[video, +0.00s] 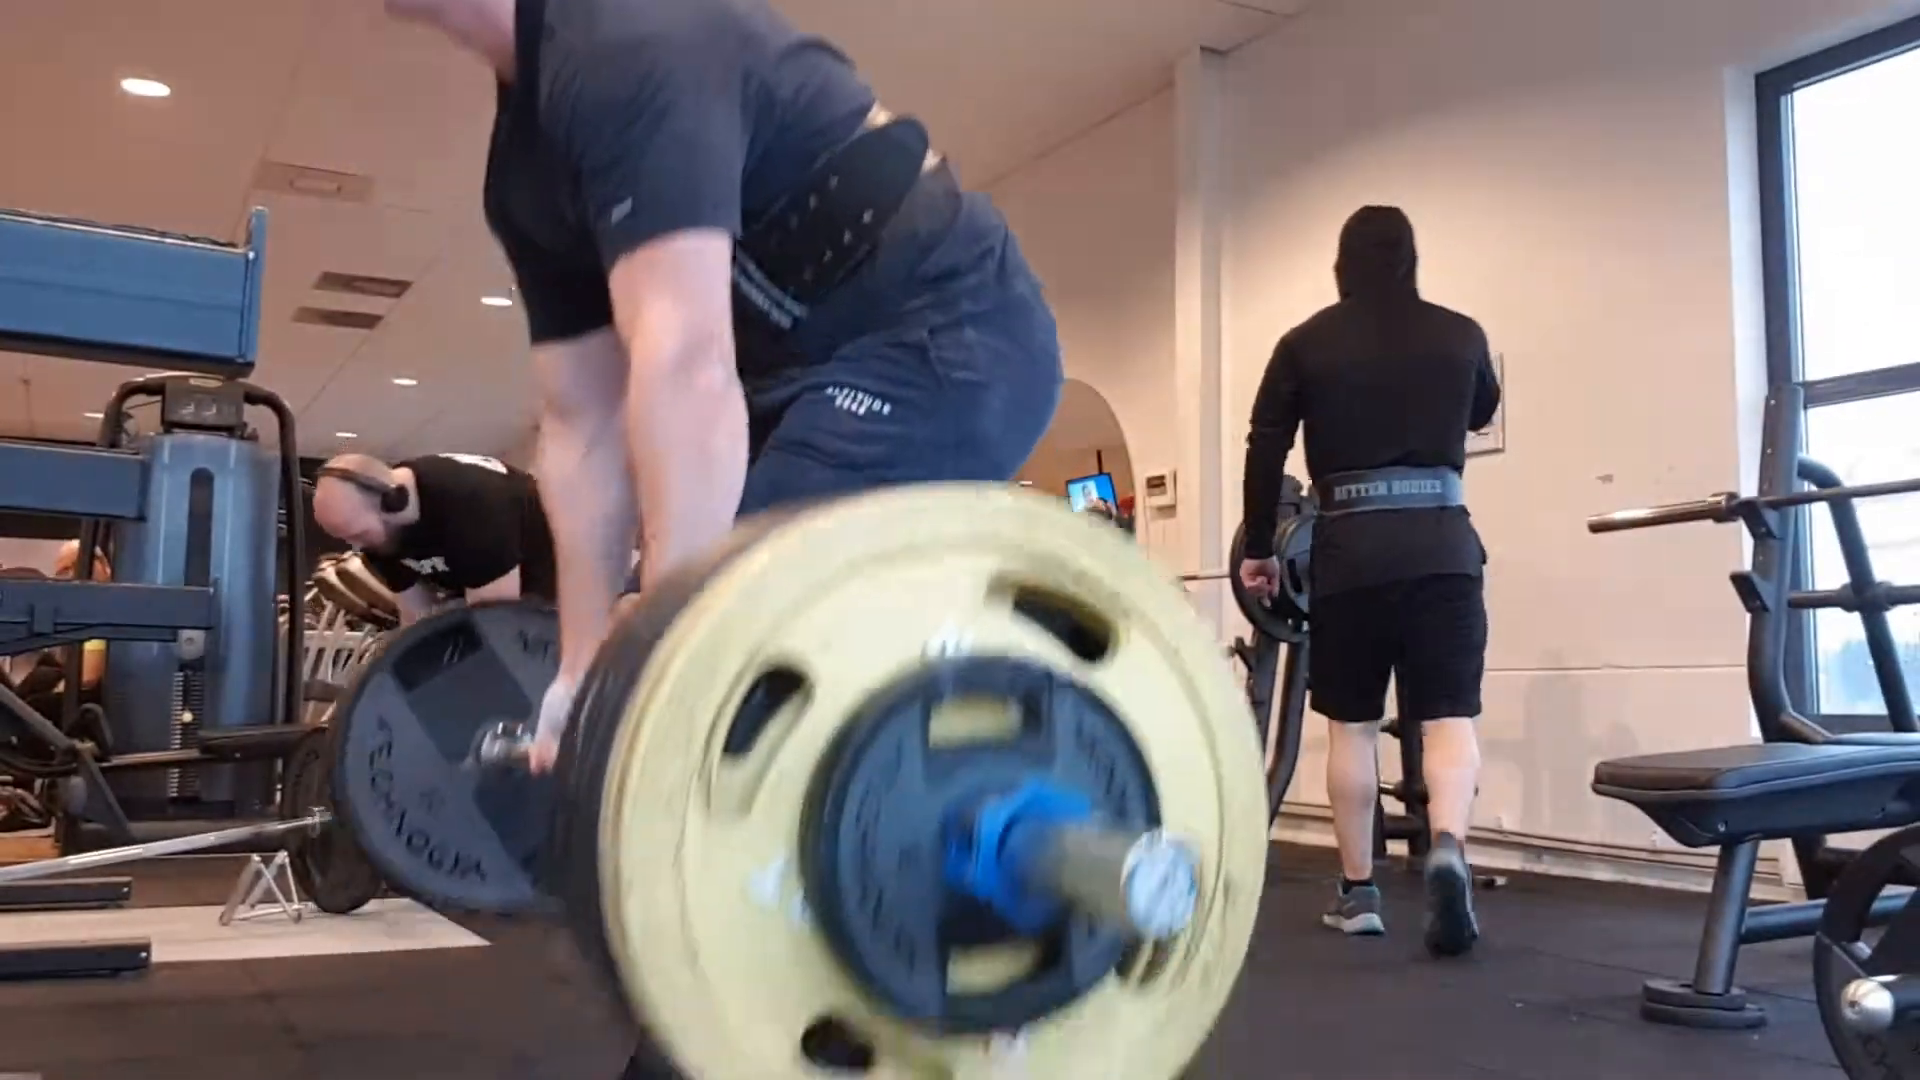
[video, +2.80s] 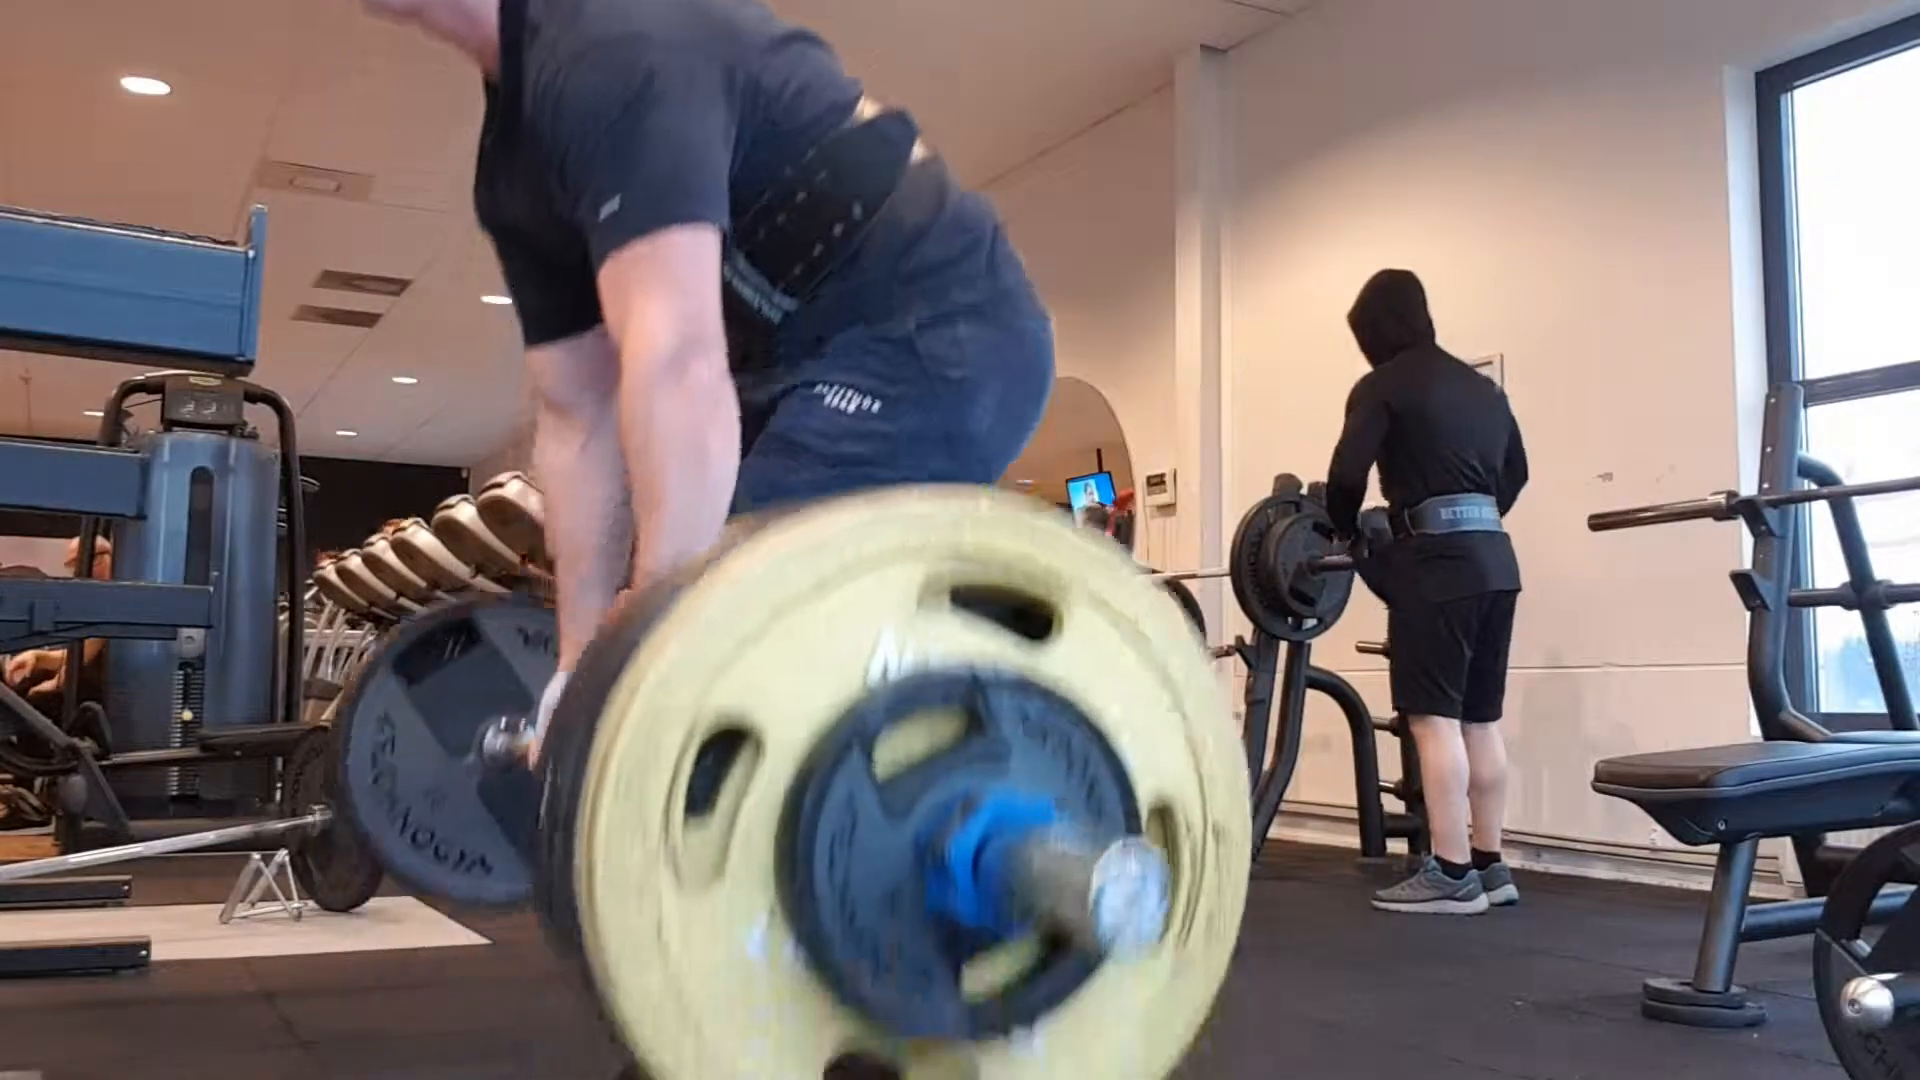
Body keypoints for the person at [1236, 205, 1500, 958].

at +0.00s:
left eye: (1343, 257)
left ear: (1339, 266)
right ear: (1413, 264)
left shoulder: (1305, 343)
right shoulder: (1460, 334)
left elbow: (1265, 448)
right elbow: (1480, 410)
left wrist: (1256, 543)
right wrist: (1418, 389)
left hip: (1349, 554)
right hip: (1442, 548)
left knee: (1351, 724)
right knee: (1448, 714)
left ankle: (1359, 894)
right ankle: (1447, 849)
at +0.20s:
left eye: (1331, 269)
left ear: (1326, 279)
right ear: (1394, 275)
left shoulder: (1293, 356)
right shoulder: (1442, 340)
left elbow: (1259, 464)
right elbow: (1472, 415)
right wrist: (1427, 374)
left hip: (1343, 566)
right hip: (1435, 558)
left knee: (1347, 724)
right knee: (1453, 708)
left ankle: (1359, 890)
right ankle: (1453, 847)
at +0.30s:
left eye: (1327, 279)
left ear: (1324, 284)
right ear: (1393, 281)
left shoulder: (1301, 356)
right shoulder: (1442, 345)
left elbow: (1281, 434)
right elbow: (1472, 420)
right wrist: (1411, 396)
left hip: (1343, 562)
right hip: (1433, 560)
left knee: (1347, 725)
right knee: (1451, 718)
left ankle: (1358, 891)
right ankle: (1470, 875)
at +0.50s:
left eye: (1339, 292)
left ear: (1340, 300)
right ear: (1406, 297)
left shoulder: (1320, 361)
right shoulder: (1454, 362)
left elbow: (1296, 447)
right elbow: (1483, 442)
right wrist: (1427, 408)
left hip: (1348, 567)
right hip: (1436, 568)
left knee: (1351, 725)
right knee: (1446, 730)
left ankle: (1359, 886)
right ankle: (1461, 879)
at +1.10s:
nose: (1364, 330)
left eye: (1366, 320)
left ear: (1370, 322)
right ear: (1431, 322)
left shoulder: (1348, 387)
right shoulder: (1473, 393)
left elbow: (1306, 479)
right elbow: (1479, 486)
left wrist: (1288, 544)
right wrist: (1411, 503)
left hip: (1379, 574)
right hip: (1456, 573)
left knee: (1373, 725)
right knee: (1454, 722)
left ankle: (1380, 869)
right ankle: (1460, 876)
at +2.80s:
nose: (1361, 344)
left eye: (1361, 333)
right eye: (1361, 334)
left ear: (1371, 330)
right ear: (1423, 320)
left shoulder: (1380, 386)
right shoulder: (1479, 385)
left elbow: (1346, 476)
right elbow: (1514, 471)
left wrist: (1342, 527)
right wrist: (1467, 524)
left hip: (1436, 568)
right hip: (1497, 566)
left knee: (1433, 717)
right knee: (1482, 718)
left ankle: (1451, 871)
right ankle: (1489, 865)